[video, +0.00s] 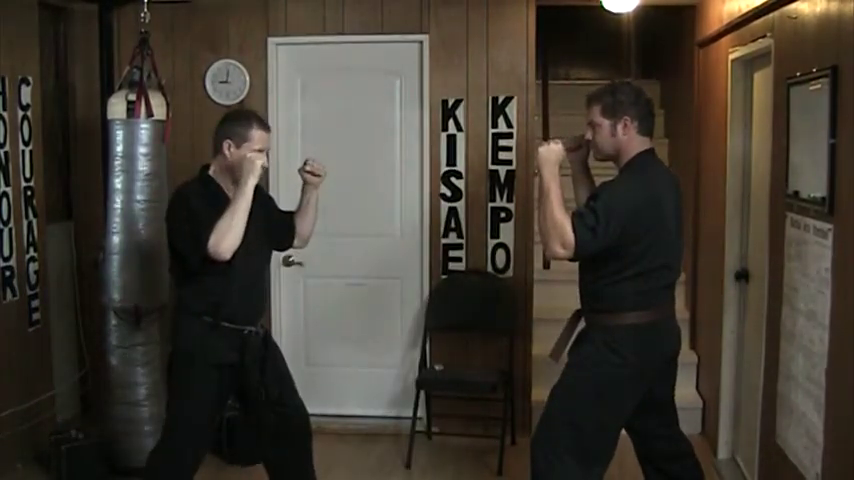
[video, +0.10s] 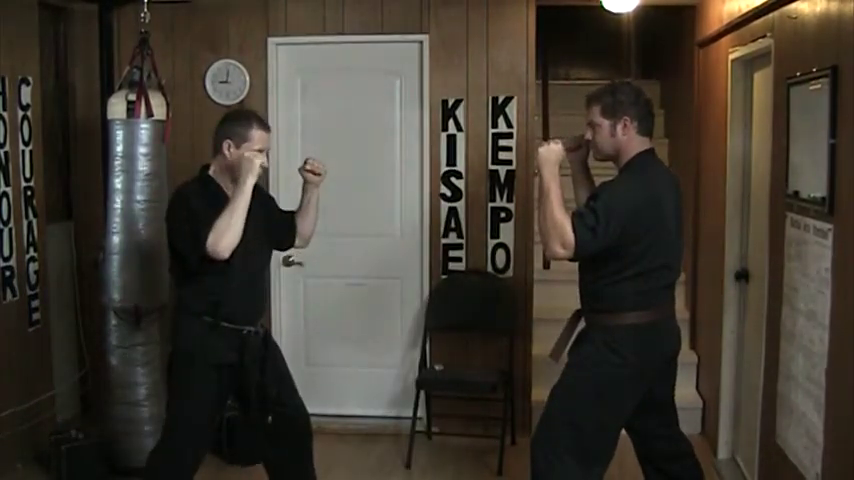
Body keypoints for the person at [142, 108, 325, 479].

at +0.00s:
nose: (264, 161)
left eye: (266, 152)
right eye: (258, 151)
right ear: (228, 150)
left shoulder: (252, 196)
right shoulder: (190, 198)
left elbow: (297, 236)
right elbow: (220, 248)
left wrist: (310, 190)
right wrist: (246, 184)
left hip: (252, 340)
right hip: (202, 341)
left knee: (292, 428)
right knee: (186, 442)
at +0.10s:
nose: (264, 161)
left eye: (265, 153)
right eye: (257, 151)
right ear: (228, 150)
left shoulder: (253, 196)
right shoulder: (189, 198)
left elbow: (298, 236)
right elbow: (219, 247)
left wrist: (311, 189)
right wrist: (246, 182)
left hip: (252, 339)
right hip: (202, 341)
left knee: (293, 427)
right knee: (186, 441)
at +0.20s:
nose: (264, 160)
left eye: (266, 152)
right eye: (258, 150)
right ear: (228, 149)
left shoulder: (254, 197)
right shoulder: (190, 197)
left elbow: (299, 236)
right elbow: (218, 246)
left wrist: (311, 189)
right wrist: (245, 181)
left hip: (252, 339)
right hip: (202, 340)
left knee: (293, 426)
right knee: (186, 441)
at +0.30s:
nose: (265, 161)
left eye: (267, 152)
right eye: (259, 151)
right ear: (228, 149)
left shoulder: (254, 197)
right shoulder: (190, 197)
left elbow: (300, 236)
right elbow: (219, 245)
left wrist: (311, 189)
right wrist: (243, 179)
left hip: (253, 339)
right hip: (203, 340)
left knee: (293, 426)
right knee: (186, 442)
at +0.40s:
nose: (265, 161)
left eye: (267, 152)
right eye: (259, 151)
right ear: (229, 148)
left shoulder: (255, 197)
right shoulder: (191, 196)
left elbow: (300, 236)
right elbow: (219, 245)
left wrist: (312, 188)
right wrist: (242, 178)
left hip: (254, 339)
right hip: (203, 340)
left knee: (294, 427)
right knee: (185, 444)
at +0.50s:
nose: (265, 161)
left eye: (267, 152)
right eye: (259, 151)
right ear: (229, 148)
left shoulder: (255, 198)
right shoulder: (191, 196)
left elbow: (301, 236)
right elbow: (220, 244)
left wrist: (312, 188)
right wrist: (244, 179)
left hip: (253, 339)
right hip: (203, 340)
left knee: (293, 427)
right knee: (185, 444)